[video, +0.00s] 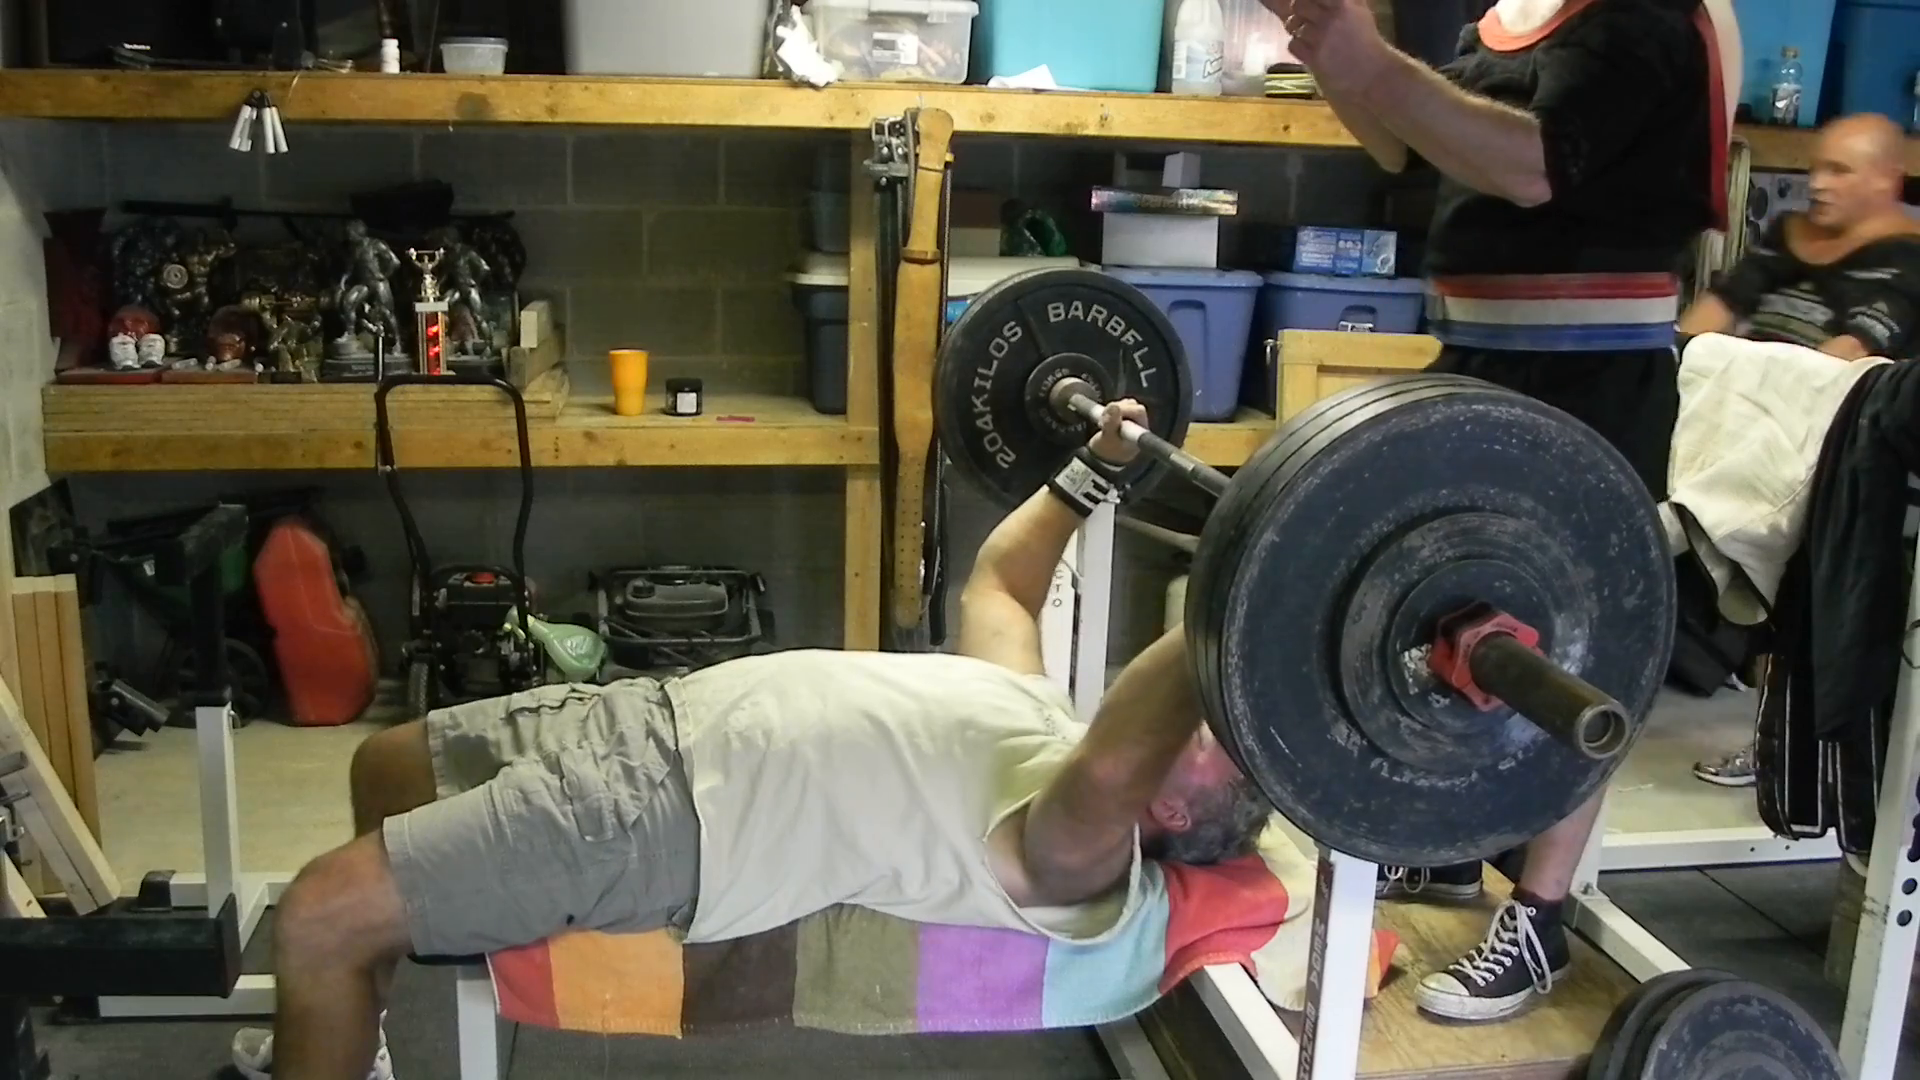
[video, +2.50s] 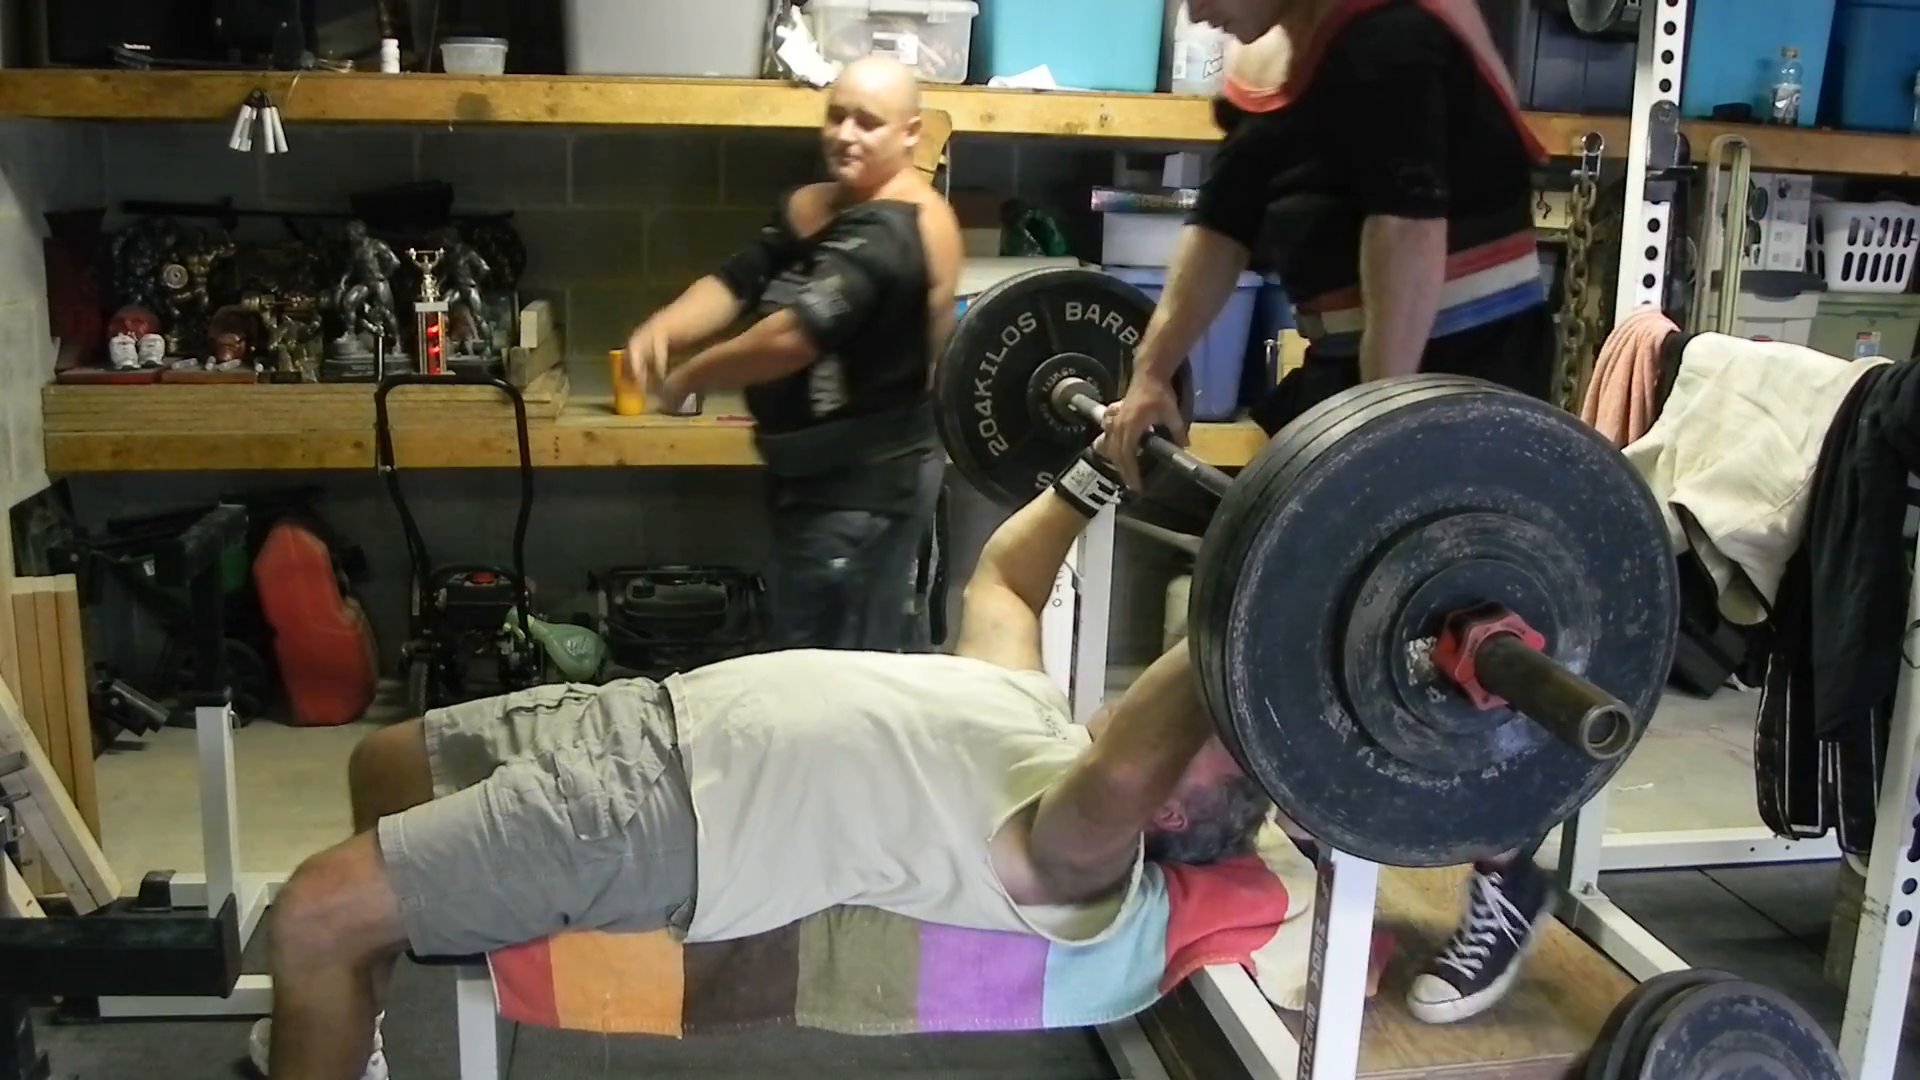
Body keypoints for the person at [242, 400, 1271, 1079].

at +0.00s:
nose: (1190, 740)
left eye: (1219, 751)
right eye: (1203, 724)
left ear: (1203, 816)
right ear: (1172, 739)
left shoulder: (1074, 861)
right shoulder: (1023, 715)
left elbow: (1128, 748)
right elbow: (1007, 581)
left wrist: (1243, 605)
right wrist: (1089, 467)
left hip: (664, 821)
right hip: (648, 712)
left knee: (318, 917)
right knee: (384, 766)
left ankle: (333, 1061)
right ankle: (373, 1007)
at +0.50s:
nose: (1191, 733)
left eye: (1223, 747)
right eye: (1209, 719)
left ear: (1215, 809)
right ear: (1182, 729)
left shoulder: (1089, 863)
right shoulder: (1029, 718)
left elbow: (1127, 759)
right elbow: (998, 584)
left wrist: (1234, 603)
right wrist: (1075, 471)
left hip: (672, 822)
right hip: (656, 714)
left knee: (340, 914)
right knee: (396, 769)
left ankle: (320, 1068)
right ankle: (434, 986)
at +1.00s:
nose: (1191, 734)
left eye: (1220, 744)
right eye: (1207, 720)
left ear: (1214, 801)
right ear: (1184, 736)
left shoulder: (1080, 853)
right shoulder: (1026, 714)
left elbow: (1143, 753)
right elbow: (1008, 588)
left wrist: (1258, 608)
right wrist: (1091, 469)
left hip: (667, 818)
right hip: (648, 709)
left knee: (325, 921)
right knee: (386, 766)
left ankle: (331, 1065)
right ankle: (407, 991)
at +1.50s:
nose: (1199, 740)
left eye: (1228, 749)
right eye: (1213, 723)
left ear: (1215, 811)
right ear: (1182, 728)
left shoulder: (1087, 860)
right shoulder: (1035, 718)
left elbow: (1135, 760)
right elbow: (1016, 582)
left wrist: (1260, 608)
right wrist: (1099, 473)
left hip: (665, 819)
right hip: (653, 711)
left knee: (328, 916)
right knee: (390, 767)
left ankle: (323, 1065)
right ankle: (390, 988)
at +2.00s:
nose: (1209, 742)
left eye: (1231, 749)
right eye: (1219, 722)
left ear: (1230, 798)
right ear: (1197, 726)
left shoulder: (1115, 825)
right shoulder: (1057, 706)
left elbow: (1147, 750)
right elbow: (1005, 573)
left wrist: (1261, 600)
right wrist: (1091, 472)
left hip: (687, 813)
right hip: (670, 709)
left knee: (343, 911)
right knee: (399, 769)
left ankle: (320, 1067)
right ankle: (376, 1011)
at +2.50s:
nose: (1187, 733)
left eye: (1221, 750)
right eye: (1207, 723)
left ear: (1214, 816)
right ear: (1183, 730)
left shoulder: (1079, 872)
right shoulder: (1033, 715)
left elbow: (1122, 769)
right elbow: (1006, 579)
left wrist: (1244, 620)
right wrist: (1104, 467)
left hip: (654, 814)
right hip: (637, 711)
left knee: (313, 913)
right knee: (383, 766)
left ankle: (330, 1061)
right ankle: (379, 1007)